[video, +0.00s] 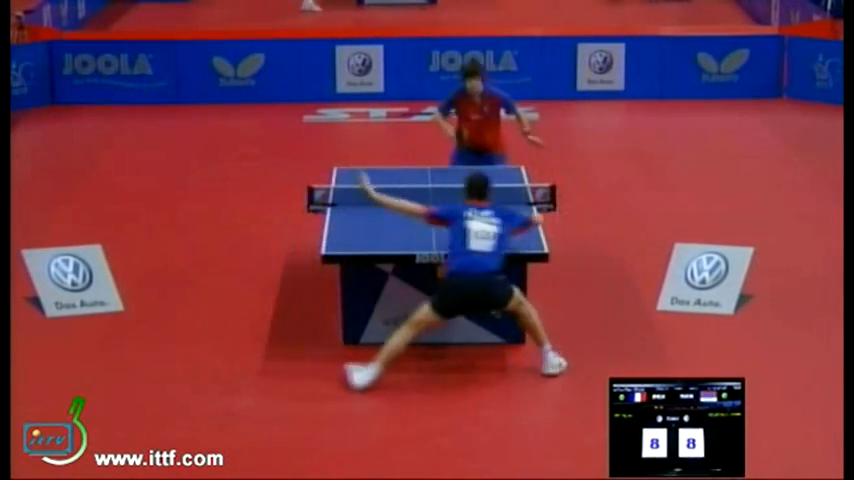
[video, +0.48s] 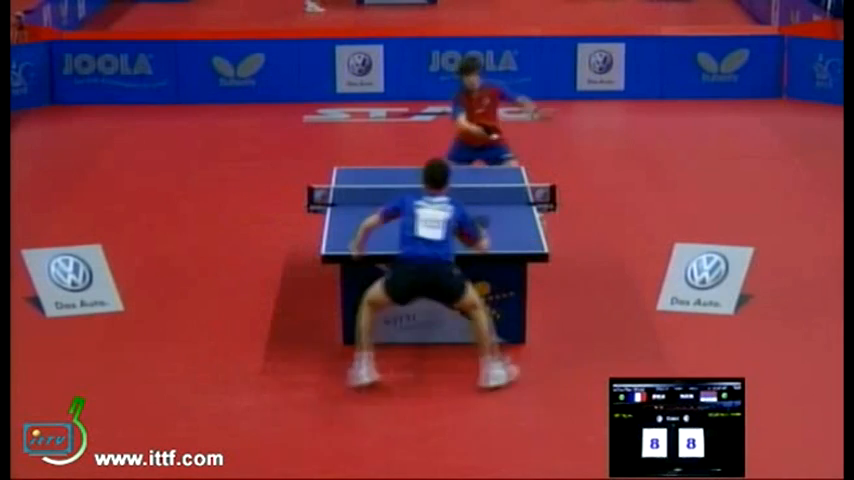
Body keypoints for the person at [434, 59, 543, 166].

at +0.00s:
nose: (473, 86)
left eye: (477, 81)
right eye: (470, 82)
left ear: (483, 81)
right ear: (465, 83)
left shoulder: (494, 97)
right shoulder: (459, 97)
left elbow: (516, 112)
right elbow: (439, 114)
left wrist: (527, 132)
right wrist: (448, 129)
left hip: (492, 151)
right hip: (466, 151)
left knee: (496, 189)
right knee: (459, 188)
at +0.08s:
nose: (469, 80)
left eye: (473, 76)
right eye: (465, 76)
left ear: (478, 77)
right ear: (460, 78)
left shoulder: (489, 92)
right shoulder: (455, 93)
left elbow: (509, 110)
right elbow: (436, 110)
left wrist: (515, 134)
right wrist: (443, 130)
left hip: (487, 143)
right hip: (461, 142)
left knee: (495, 179)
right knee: (449, 177)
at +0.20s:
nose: (460, 86)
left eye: (463, 82)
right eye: (456, 82)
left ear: (469, 82)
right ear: (451, 83)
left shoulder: (482, 100)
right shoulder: (446, 99)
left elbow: (499, 121)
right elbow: (437, 117)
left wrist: (495, 149)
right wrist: (435, 140)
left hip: (479, 153)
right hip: (455, 150)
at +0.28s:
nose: (455, 93)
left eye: (457, 89)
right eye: (451, 89)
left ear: (462, 90)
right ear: (446, 92)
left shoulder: (476, 107)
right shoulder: (442, 108)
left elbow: (492, 131)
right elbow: (436, 132)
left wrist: (489, 158)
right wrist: (445, 147)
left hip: (476, 159)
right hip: (453, 157)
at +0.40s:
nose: (464, 89)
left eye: (466, 84)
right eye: (460, 85)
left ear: (471, 85)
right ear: (454, 87)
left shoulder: (483, 101)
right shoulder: (449, 107)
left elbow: (504, 116)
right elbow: (453, 137)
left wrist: (510, 130)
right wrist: (483, 141)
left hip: (481, 150)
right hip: (458, 151)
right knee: (446, 170)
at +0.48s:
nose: (472, 80)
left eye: (474, 76)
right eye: (468, 77)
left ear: (479, 76)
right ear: (462, 78)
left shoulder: (492, 90)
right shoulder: (461, 96)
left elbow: (515, 100)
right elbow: (460, 122)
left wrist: (530, 107)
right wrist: (482, 133)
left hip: (491, 141)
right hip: (466, 142)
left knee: (513, 170)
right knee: (448, 172)